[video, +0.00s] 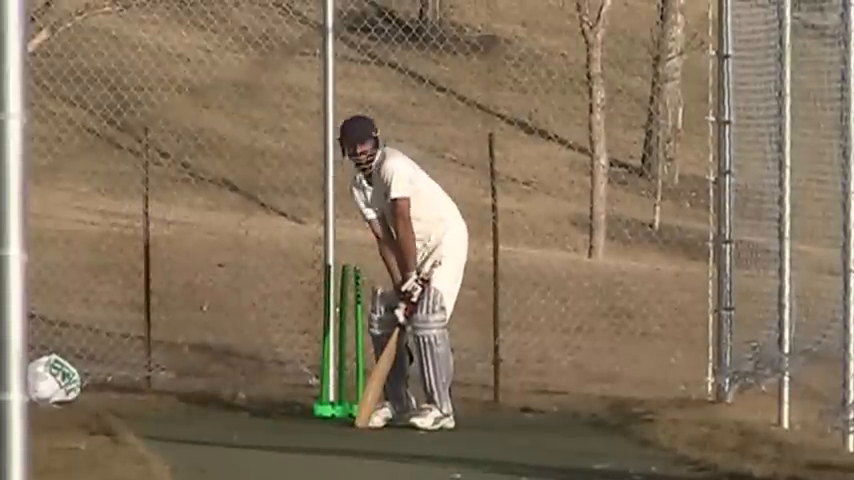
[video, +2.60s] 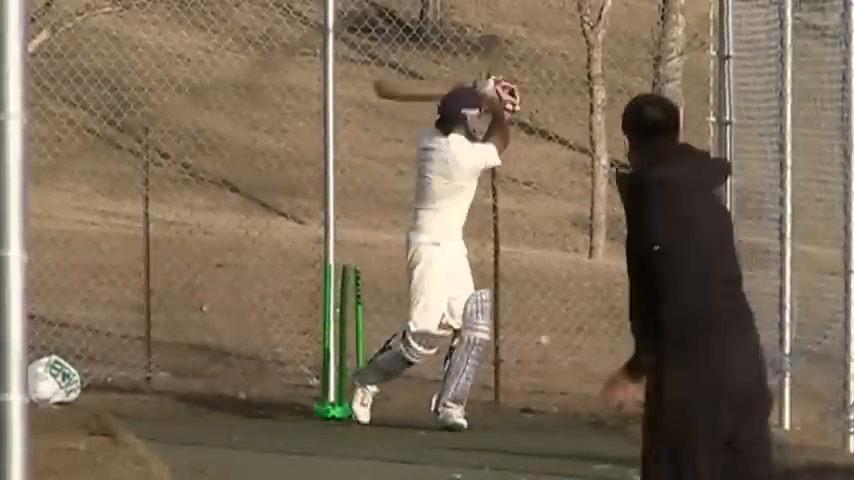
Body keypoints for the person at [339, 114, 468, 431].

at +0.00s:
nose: (362, 154)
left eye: (367, 146)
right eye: (354, 149)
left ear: (377, 141)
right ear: (345, 152)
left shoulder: (393, 167)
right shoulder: (359, 185)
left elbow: (403, 221)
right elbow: (383, 238)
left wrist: (411, 276)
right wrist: (401, 285)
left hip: (444, 241)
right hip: (411, 249)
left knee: (428, 321)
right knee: (385, 321)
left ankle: (440, 408)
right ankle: (397, 404)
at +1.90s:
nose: (377, 146)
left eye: (384, 139)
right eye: (370, 140)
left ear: (395, 139)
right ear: (361, 142)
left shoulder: (406, 173)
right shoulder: (369, 172)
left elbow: (404, 238)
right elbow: (382, 212)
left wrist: (374, 260)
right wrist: (366, 243)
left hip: (431, 257)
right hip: (397, 258)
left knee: (411, 327)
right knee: (369, 330)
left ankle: (439, 406)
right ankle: (397, 405)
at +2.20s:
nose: (410, 149)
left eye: (416, 142)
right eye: (402, 144)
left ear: (425, 142)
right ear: (392, 146)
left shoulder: (443, 168)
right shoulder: (384, 182)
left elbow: (434, 221)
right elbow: (390, 237)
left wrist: (391, 254)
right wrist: (372, 258)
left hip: (439, 271)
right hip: (397, 271)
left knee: (449, 324)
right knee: (360, 331)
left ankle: (445, 407)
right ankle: (381, 394)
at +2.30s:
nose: (416, 148)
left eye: (422, 141)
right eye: (408, 142)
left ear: (431, 138)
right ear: (396, 142)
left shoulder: (441, 147)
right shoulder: (402, 178)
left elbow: (463, 176)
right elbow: (431, 225)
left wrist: (480, 218)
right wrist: (467, 241)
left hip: (448, 256)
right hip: (409, 259)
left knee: (461, 322)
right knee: (390, 329)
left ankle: (450, 401)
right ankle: (362, 394)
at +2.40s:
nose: (428, 150)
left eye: (434, 142)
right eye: (420, 144)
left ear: (439, 139)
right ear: (404, 143)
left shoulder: (442, 147)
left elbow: (483, 180)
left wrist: (526, 205)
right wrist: (533, 199)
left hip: (444, 252)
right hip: (413, 258)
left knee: (462, 324)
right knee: (404, 345)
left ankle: (450, 406)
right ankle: (365, 392)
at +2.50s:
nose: (456, 139)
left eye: (456, 133)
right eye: (451, 134)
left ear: (435, 133)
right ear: (434, 135)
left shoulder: (435, 152)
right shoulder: (429, 165)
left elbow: (478, 153)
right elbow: (485, 166)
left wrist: (521, 140)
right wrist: (524, 139)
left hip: (450, 251)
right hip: (423, 255)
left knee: (470, 326)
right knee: (412, 339)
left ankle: (451, 406)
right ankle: (368, 386)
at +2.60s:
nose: (482, 122)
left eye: (481, 115)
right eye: (478, 115)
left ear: (447, 116)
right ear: (465, 117)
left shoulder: (428, 140)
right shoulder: (463, 151)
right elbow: (499, 146)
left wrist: (498, 109)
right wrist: (502, 112)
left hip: (450, 246)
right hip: (431, 247)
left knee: (473, 326)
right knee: (422, 339)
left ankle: (448, 404)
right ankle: (365, 380)